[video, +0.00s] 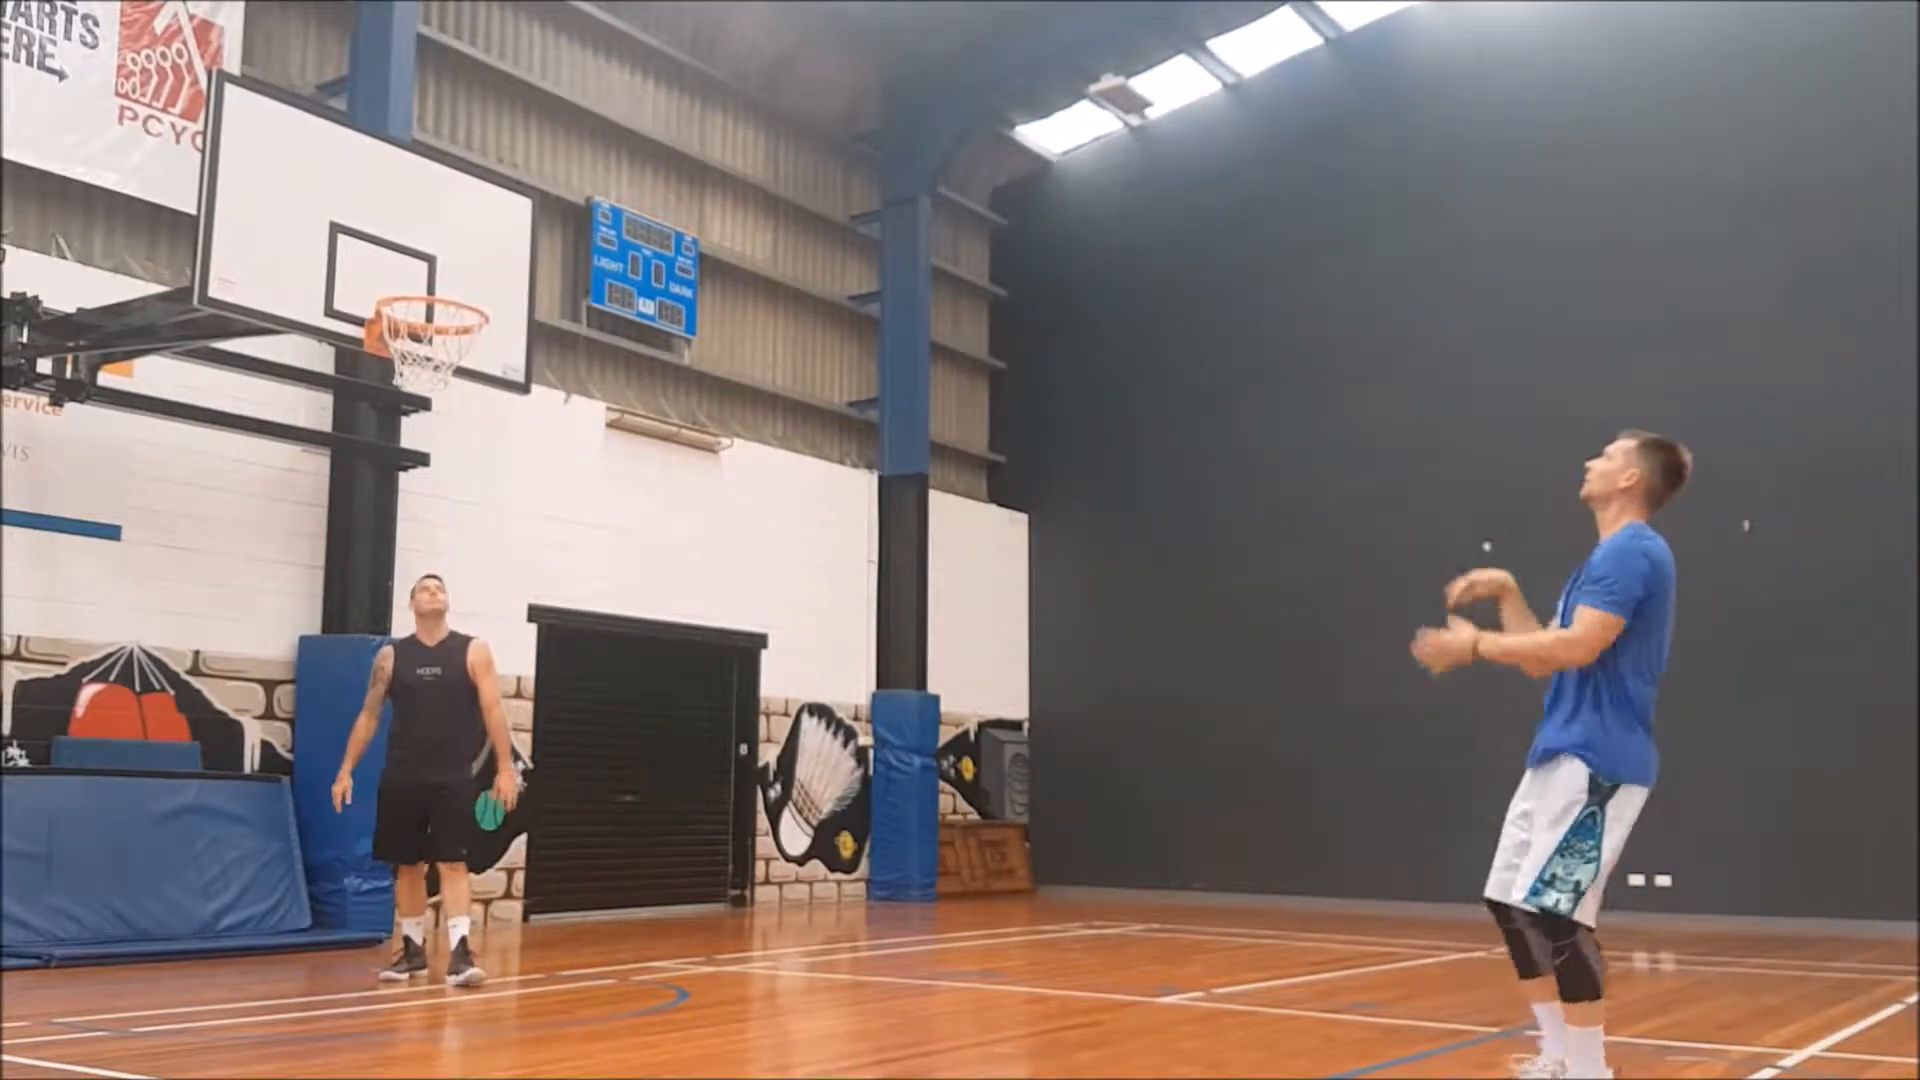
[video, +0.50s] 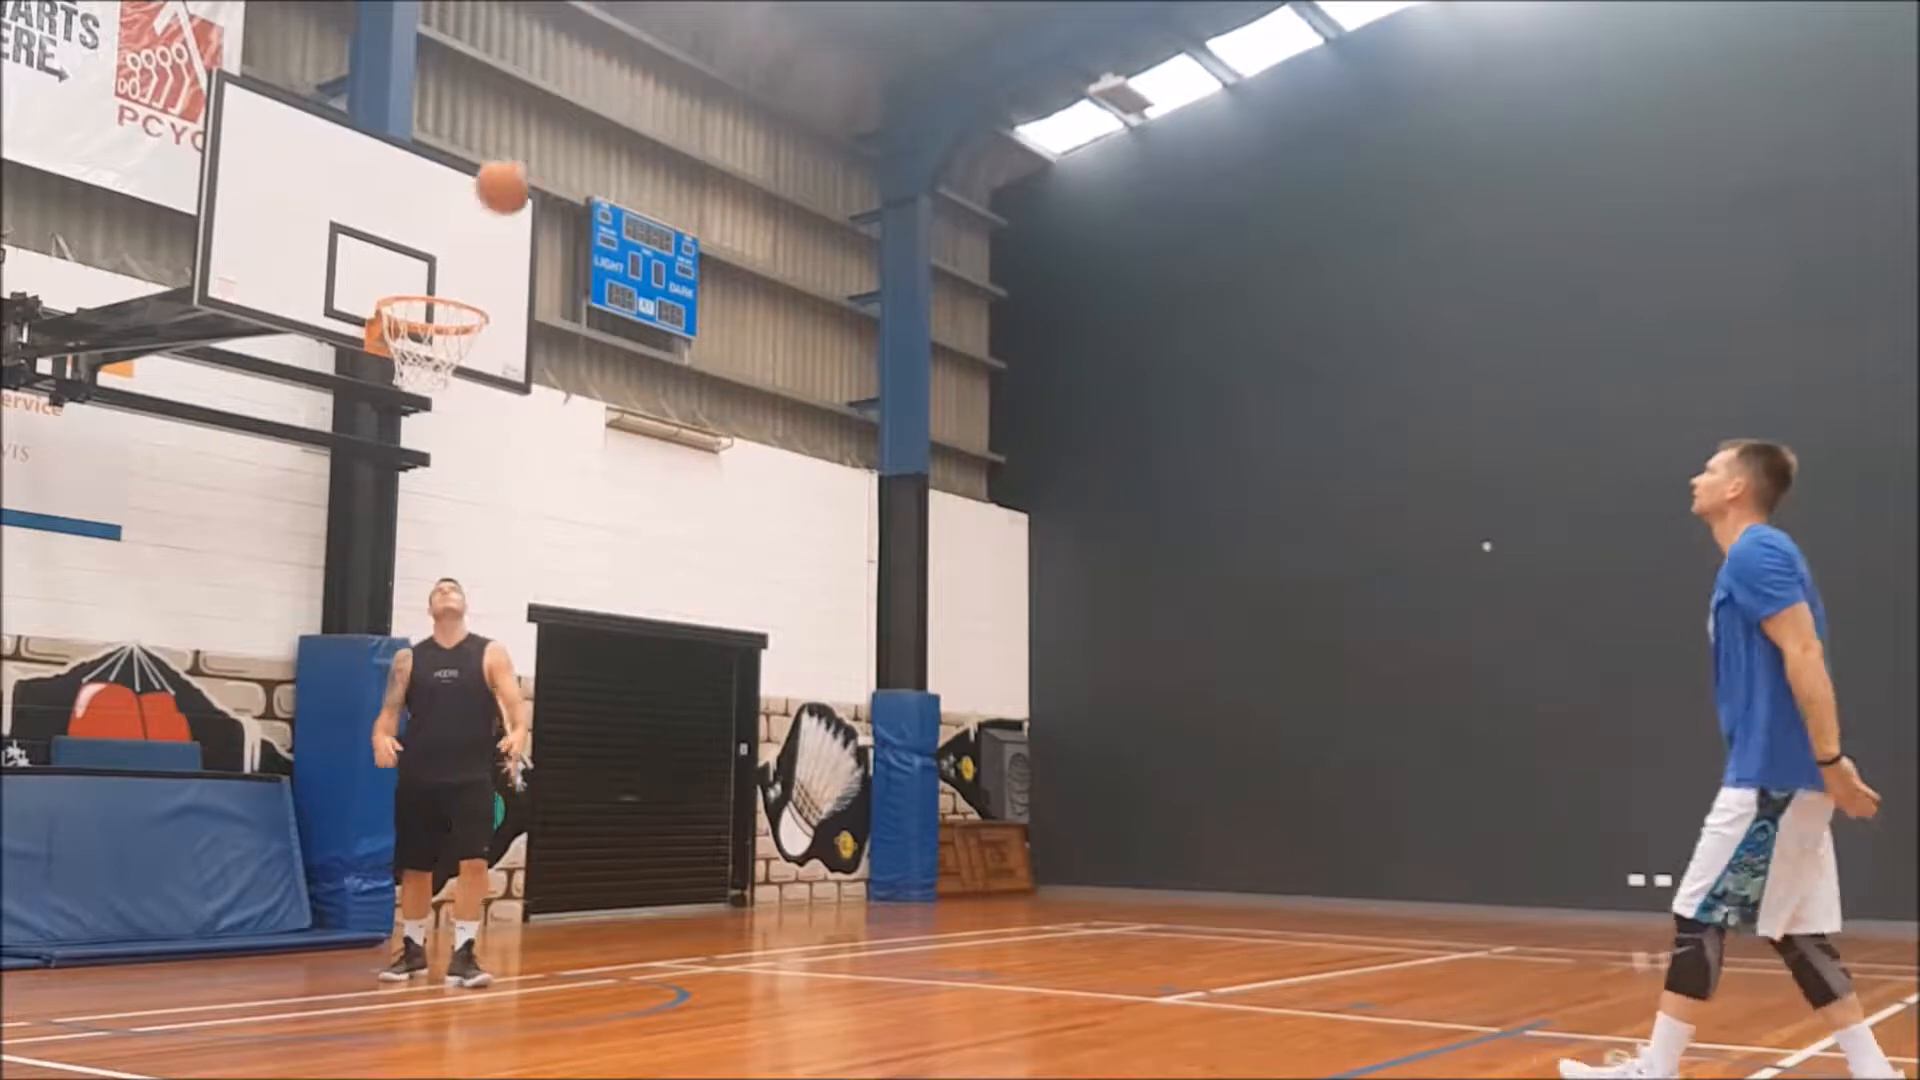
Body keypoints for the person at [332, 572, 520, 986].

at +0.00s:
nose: (433, 593)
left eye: (439, 589)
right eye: (425, 590)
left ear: (449, 603)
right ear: (411, 605)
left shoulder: (474, 651)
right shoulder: (391, 655)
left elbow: (493, 711)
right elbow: (369, 716)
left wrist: (505, 768)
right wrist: (346, 770)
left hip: (453, 776)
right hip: (402, 777)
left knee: (452, 862)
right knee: (408, 864)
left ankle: (460, 954)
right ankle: (413, 952)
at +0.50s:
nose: (447, 591)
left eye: (455, 589)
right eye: (440, 590)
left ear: (467, 608)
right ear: (429, 609)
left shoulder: (490, 653)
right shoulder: (409, 658)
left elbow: (515, 706)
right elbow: (390, 710)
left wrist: (519, 732)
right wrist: (382, 736)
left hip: (472, 778)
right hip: (418, 777)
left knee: (473, 861)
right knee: (415, 866)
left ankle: (463, 956)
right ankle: (413, 952)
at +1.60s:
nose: (523, 615)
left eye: (529, 607)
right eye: (513, 607)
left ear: (538, 613)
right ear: (495, 615)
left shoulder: (560, 657)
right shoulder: (478, 661)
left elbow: (558, 722)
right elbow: (454, 741)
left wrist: (516, 697)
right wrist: (466, 689)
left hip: (543, 782)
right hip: (494, 781)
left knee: (550, 885)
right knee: (517, 858)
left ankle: (504, 927)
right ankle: (510, 972)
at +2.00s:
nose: (541, 576)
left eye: (543, 569)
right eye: (530, 569)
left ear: (547, 575)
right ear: (505, 578)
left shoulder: (563, 624)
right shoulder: (491, 629)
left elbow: (582, 678)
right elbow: (533, 666)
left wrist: (598, 711)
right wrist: (593, 652)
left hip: (539, 767)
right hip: (495, 769)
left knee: (557, 855)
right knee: (514, 857)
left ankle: (524, 946)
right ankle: (504, 974)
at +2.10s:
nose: (541, 573)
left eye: (543, 566)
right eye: (530, 566)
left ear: (546, 574)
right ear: (505, 575)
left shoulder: (561, 624)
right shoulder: (490, 628)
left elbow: (580, 688)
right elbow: (517, 689)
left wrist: (596, 739)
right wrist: (583, 699)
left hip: (542, 765)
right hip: (497, 767)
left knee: (553, 858)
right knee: (514, 856)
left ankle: (501, 937)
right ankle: (506, 971)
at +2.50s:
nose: (538, 578)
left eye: (542, 573)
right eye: (528, 571)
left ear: (544, 584)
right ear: (505, 579)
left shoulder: (557, 640)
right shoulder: (473, 633)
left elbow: (557, 708)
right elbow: (424, 691)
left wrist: (555, 772)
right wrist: (384, 744)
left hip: (533, 773)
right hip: (484, 769)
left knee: (510, 869)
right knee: (492, 859)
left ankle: (487, 966)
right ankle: (486, 964)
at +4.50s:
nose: (446, 590)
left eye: (453, 588)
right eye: (438, 590)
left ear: (467, 608)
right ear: (429, 612)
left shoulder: (491, 642)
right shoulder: (418, 659)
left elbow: (533, 685)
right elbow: (376, 702)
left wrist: (517, 642)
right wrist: (363, 653)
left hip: (484, 768)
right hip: (432, 773)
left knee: (470, 854)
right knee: (441, 867)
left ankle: (466, 957)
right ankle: (450, 956)